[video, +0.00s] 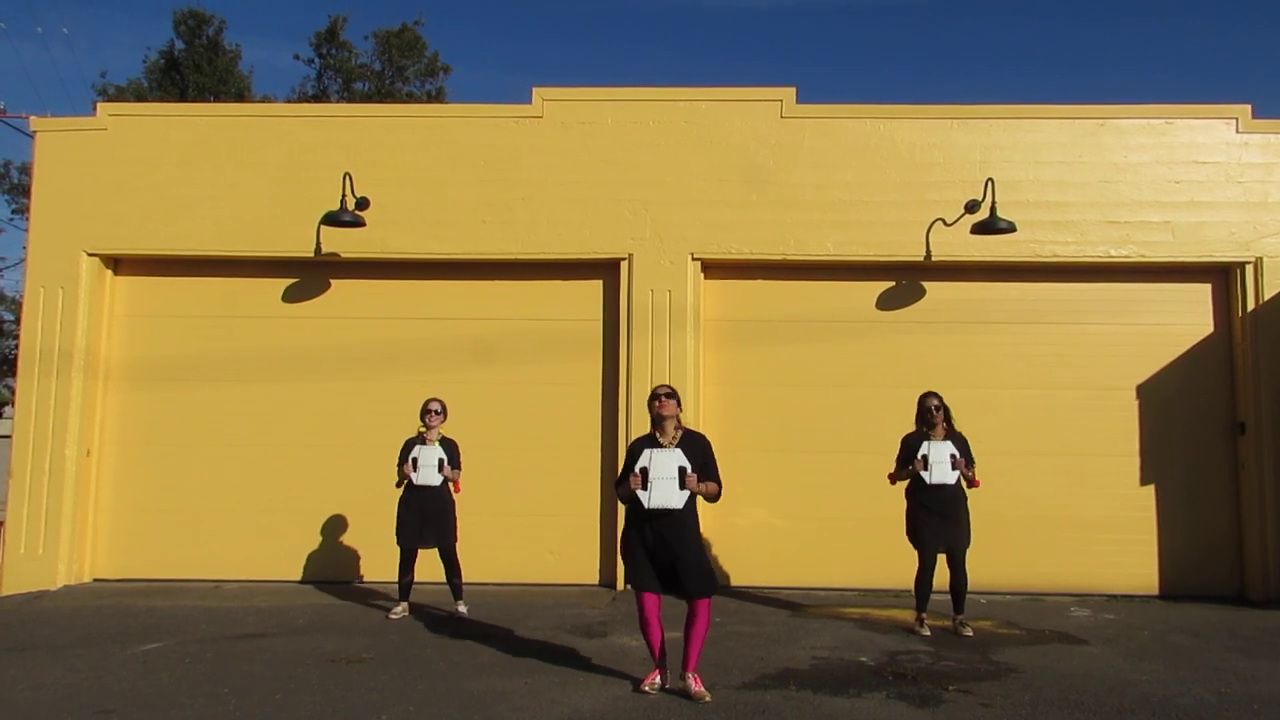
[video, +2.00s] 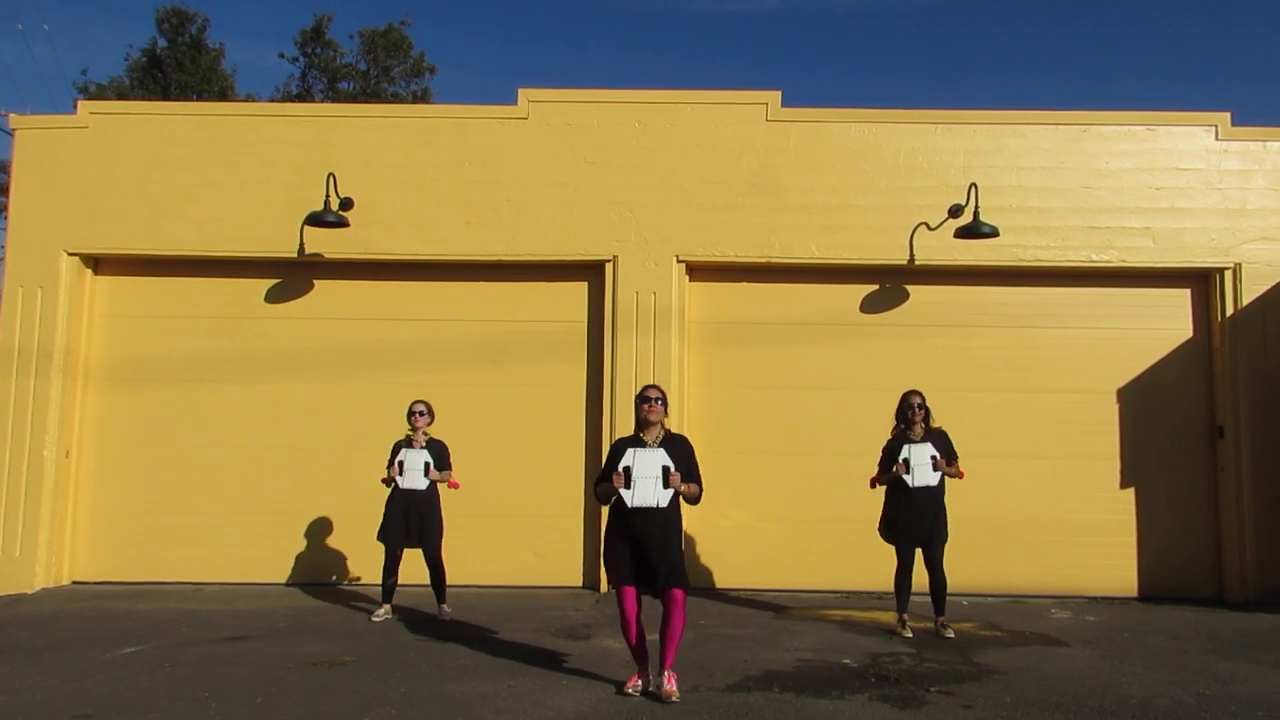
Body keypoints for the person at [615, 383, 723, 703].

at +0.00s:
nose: (661, 402)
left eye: (667, 398)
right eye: (655, 398)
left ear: (678, 407)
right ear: (649, 408)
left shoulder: (697, 442)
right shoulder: (639, 446)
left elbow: (715, 491)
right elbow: (621, 493)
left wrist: (699, 486)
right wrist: (630, 487)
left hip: (683, 536)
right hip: (642, 537)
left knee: (701, 598)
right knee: (647, 603)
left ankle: (689, 674)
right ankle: (660, 671)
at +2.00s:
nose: (651, 405)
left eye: (657, 401)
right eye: (645, 401)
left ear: (666, 409)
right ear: (637, 408)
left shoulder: (679, 445)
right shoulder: (622, 447)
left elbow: (695, 495)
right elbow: (600, 494)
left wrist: (681, 486)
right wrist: (613, 486)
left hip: (665, 540)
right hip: (624, 540)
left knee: (676, 598)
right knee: (628, 609)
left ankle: (667, 674)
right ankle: (642, 673)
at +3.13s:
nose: (643, 390)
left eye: (650, 386)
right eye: (638, 386)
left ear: (660, 397)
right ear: (631, 395)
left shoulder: (675, 433)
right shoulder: (620, 429)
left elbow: (692, 478)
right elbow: (606, 470)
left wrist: (702, 502)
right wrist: (643, 493)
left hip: (668, 528)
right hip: (632, 528)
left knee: (661, 598)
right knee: (637, 599)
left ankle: (659, 674)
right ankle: (643, 670)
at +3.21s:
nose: (642, 391)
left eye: (648, 387)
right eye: (637, 387)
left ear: (658, 395)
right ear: (630, 396)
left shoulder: (673, 434)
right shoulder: (620, 427)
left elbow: (691, 472)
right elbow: (627, 459)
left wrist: (721, 481)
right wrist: (672, 465)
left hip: (667, 525)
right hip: (631, 524)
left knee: (660, 598)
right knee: (637, 599)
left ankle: (658, 674)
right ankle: (642, 669)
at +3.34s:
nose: (641, 394)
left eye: (647, 390)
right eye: (635, 390)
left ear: (657, 398)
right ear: (629, 398)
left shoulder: (671, 436)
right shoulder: (620, 425)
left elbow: (707, 464)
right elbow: (644, 432)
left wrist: (739, 449)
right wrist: (692, 427)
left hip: (668, 526)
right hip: (632, 525)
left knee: (662, 600)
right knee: (638, 600)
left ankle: (659, 675)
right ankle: (643, 670)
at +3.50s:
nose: (643, 392)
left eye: (649, 388)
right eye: (637, 388)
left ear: (660, 394)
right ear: (629, 396)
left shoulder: (675, 431)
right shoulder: (623, 426)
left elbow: (718, 435)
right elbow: (645, 403)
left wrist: (739, 399)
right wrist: (686, 380)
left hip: (667, 525)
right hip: (630, 525)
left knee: (662, 601)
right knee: (636, 606)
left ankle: (654, 673)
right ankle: (646, 663)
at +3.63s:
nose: (657, 411)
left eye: (663, 406)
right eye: (652, 405)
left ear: (671, 411)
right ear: (641, 409)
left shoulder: (681, 440)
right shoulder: (632, 436)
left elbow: (703, 410)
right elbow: (629, 402)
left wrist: (699, 363)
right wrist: (640, 357)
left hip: (666, 530)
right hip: (630, 529)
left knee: (659, 603)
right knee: (638, 604)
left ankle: (656, 678)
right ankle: (644, 672)